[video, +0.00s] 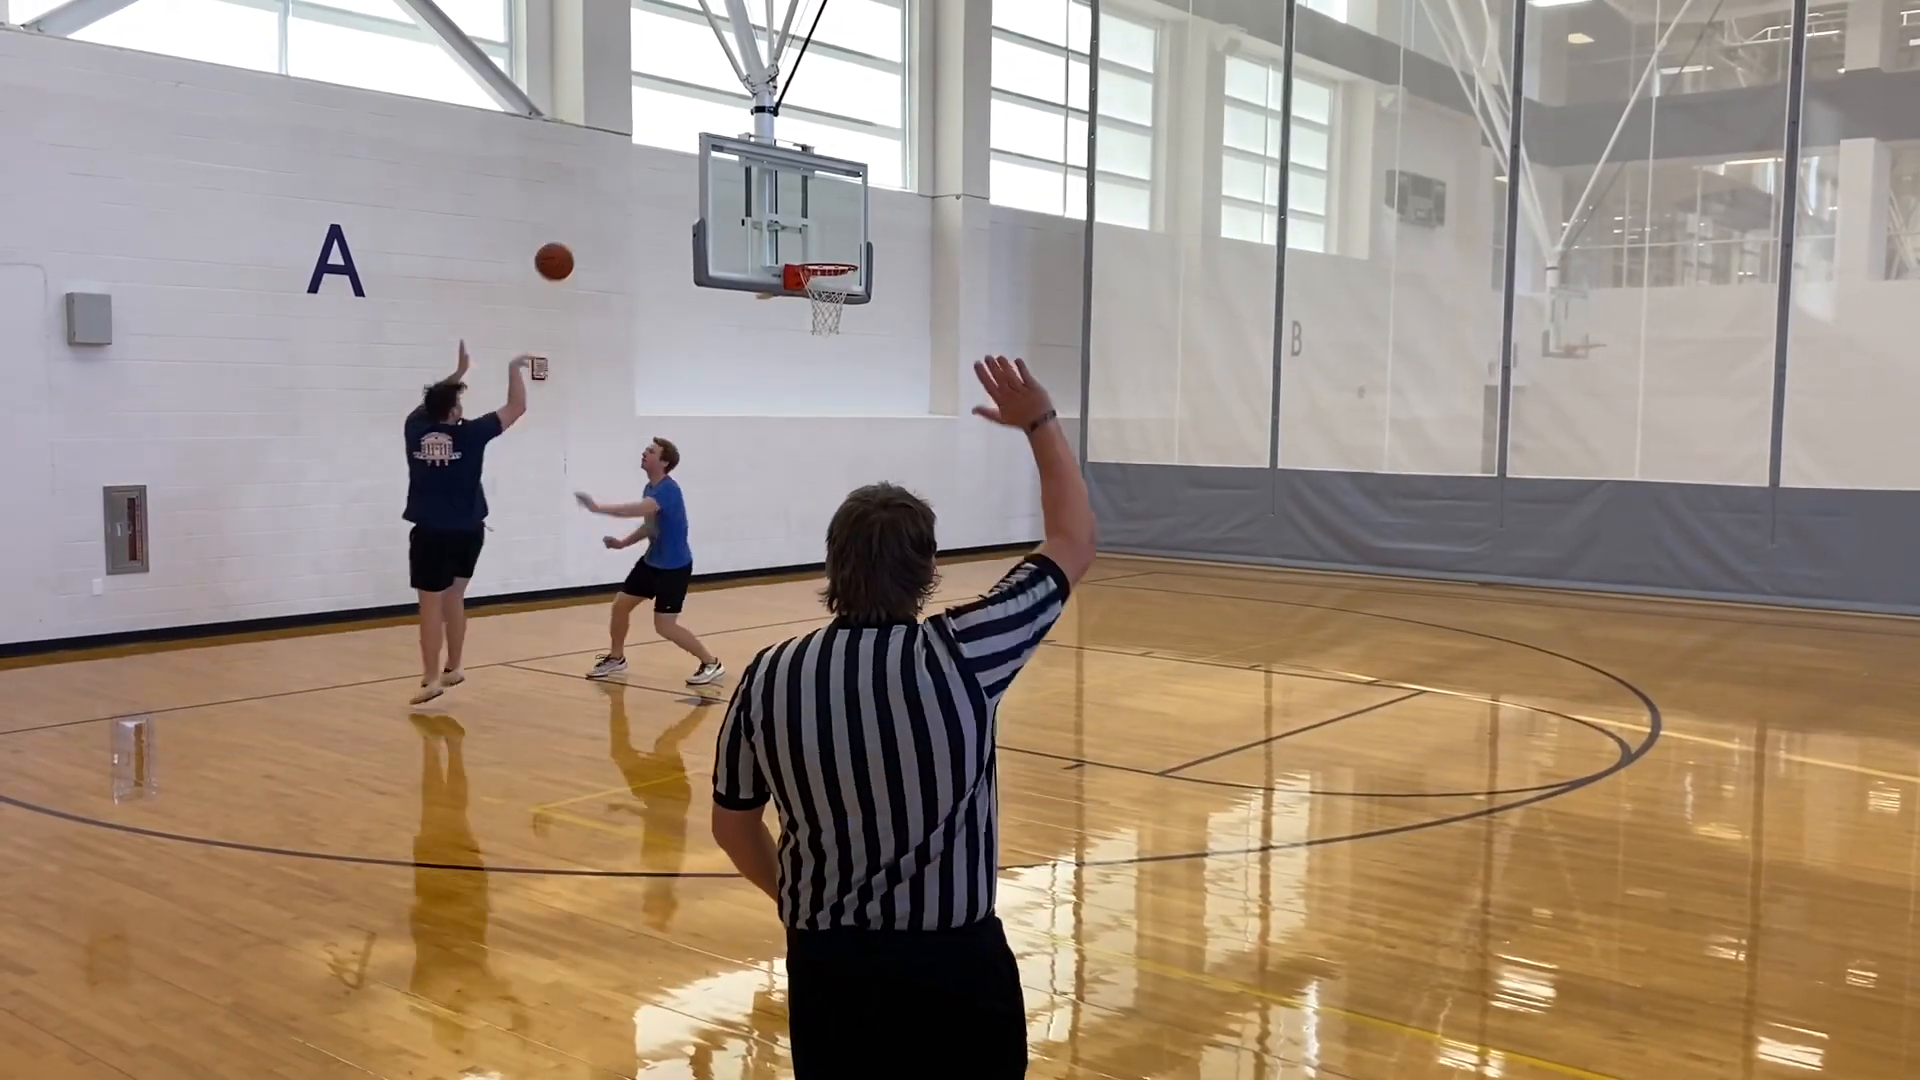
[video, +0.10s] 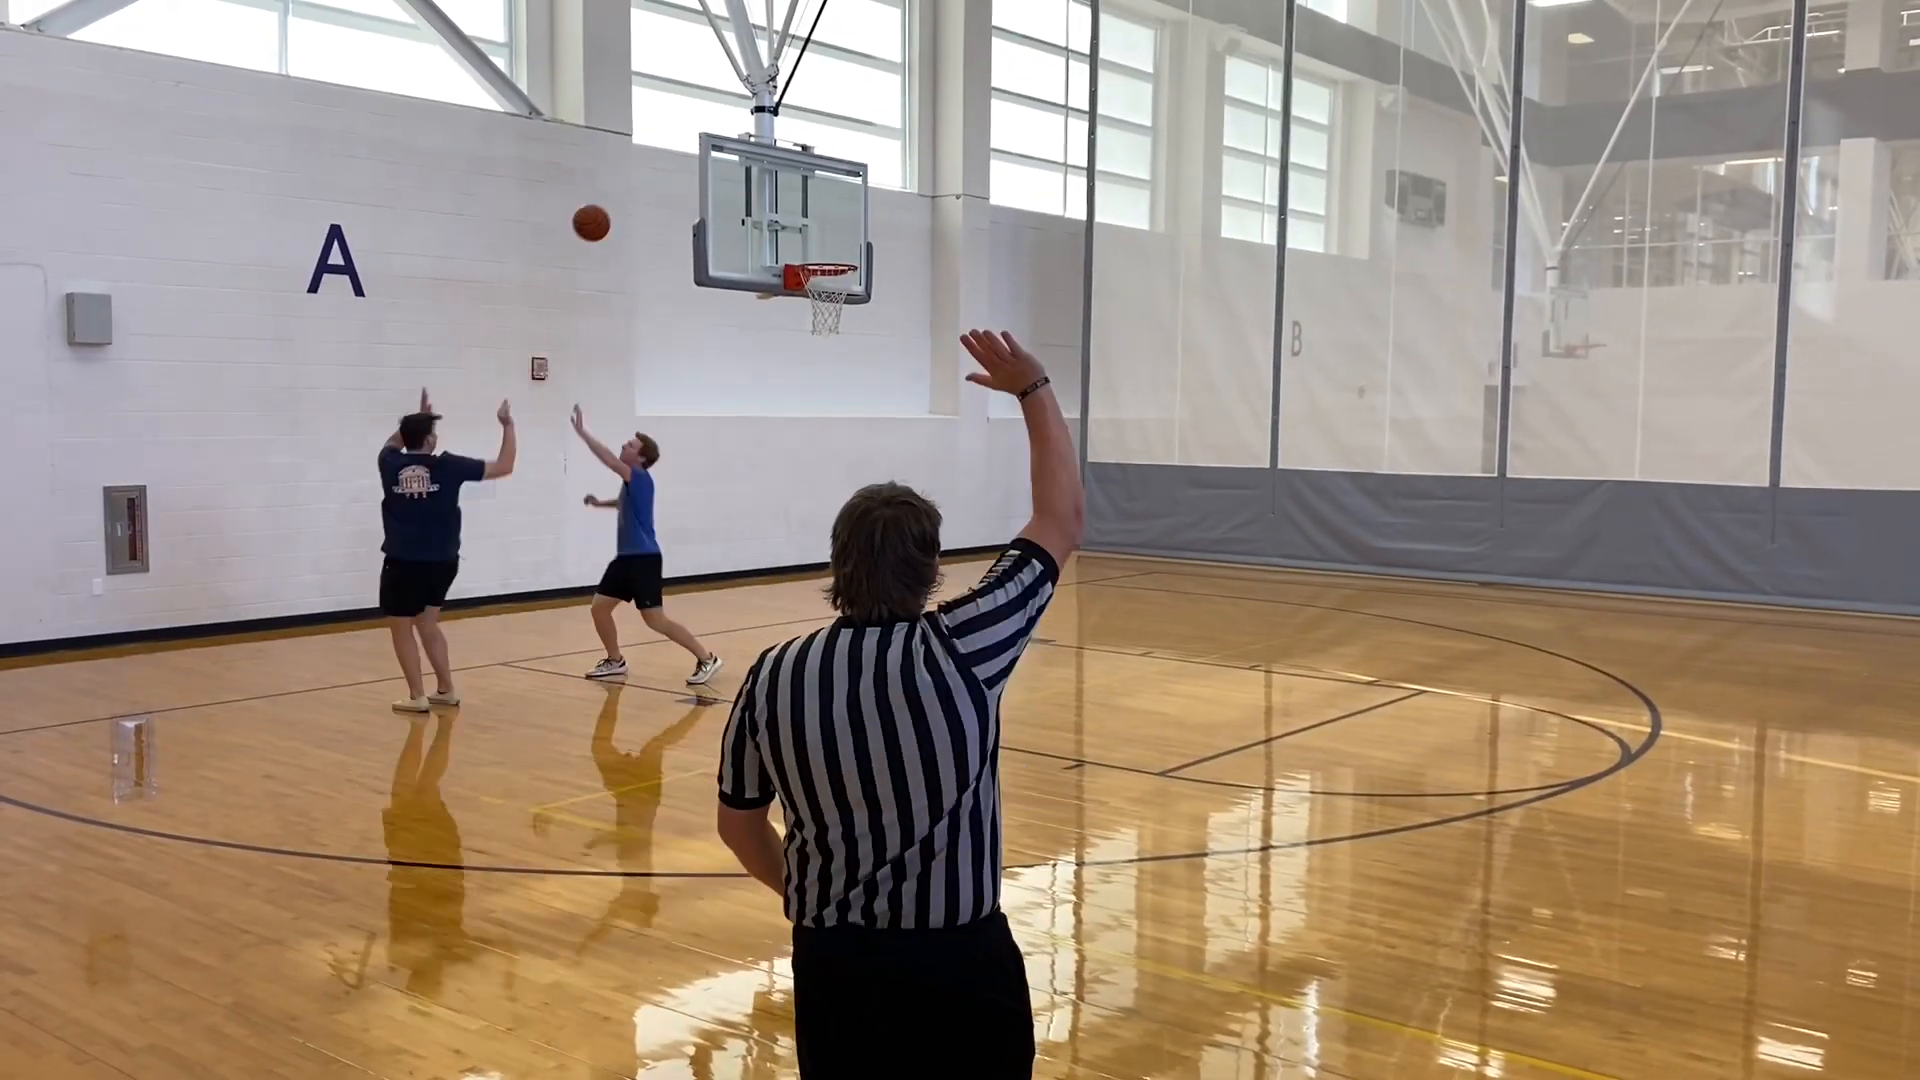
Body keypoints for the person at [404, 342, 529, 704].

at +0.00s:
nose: (463, 406)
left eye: (460, 403)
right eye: (461, 403)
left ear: (430, 408)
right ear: (456, 409)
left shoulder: (415, 429)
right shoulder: (473, 432)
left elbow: (432, 401)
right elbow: (516, 407)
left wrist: (457, 374)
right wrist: (515, 367)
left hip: (428, 532)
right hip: (468, 531)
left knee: (430, 606)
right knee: (454, 597)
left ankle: (431, 680)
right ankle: (453, 668)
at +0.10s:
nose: (437, 438)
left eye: (434, 434)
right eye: (435, 435)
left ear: (404, 439)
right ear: (430, 440)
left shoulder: (390, 464)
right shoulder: (449, 465)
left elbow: (394, 442)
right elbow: (504, 467)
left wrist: (418, 421)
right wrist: (509, 425)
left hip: (402, 560)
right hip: (442, 559)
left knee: (401, 627)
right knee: (428, 622)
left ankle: (417, 697)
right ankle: (446, 690)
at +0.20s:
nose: (414, 444)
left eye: (411, 439)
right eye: (411, 440)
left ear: (382, 448)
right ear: (406, 445)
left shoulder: (367, 479)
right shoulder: (429, 476)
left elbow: (348, 500)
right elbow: (463, 515)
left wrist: (372, 482)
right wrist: (493, 513)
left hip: (380, 570)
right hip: (419, 568)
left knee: (387, 636)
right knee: (393, 606)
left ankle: (415, 695)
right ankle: (419, 665)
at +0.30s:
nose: (394, 440)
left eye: (392, 435)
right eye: (392, 436)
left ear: (363, 443)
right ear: (384, 441)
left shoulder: (345, 476)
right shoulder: (407, 473)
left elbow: (327, 513)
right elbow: (426, 521)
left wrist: (356, 498)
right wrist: (445, 557)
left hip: (362, 564)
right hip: (401, 562)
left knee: (376, 632)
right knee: (365, 610)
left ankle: (415, 690)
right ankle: (361, 672)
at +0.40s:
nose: (376, 437)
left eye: (375, 432)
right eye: (374, 433)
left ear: (345, 439)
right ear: (366, 438)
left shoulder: (323, 469)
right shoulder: (385, 472)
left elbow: (306, 513)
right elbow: (396, 522)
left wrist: (336, 507)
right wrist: (408, 560)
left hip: (338, 561)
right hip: (375, 560)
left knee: (362, 631)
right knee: (343, 619)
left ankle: (406, 680)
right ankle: (326, 681)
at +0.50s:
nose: (357, 439)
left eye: (355, 434)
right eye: (354, 435)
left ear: (325, 440)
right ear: (346, 439)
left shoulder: (302, 470)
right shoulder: (365, 473)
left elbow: (285, 517)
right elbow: (380, 522)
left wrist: (307, 534)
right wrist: (389, 562)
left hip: (316, 559)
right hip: (353, 559)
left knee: (321, 628)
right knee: (326, 620)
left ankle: (375, 667)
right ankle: (323, 683)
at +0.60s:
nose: (335, 434)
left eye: (334, 429)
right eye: (333, 430)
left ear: (305, 434)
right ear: (325, 432)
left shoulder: (283, 465)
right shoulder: (345, 464)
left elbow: (273, 513)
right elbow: (364, 510)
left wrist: (267, 547)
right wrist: (373, 550)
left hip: (298, 556)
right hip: (337, 555)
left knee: (286, 618)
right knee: (319, 611)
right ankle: (322, 680)